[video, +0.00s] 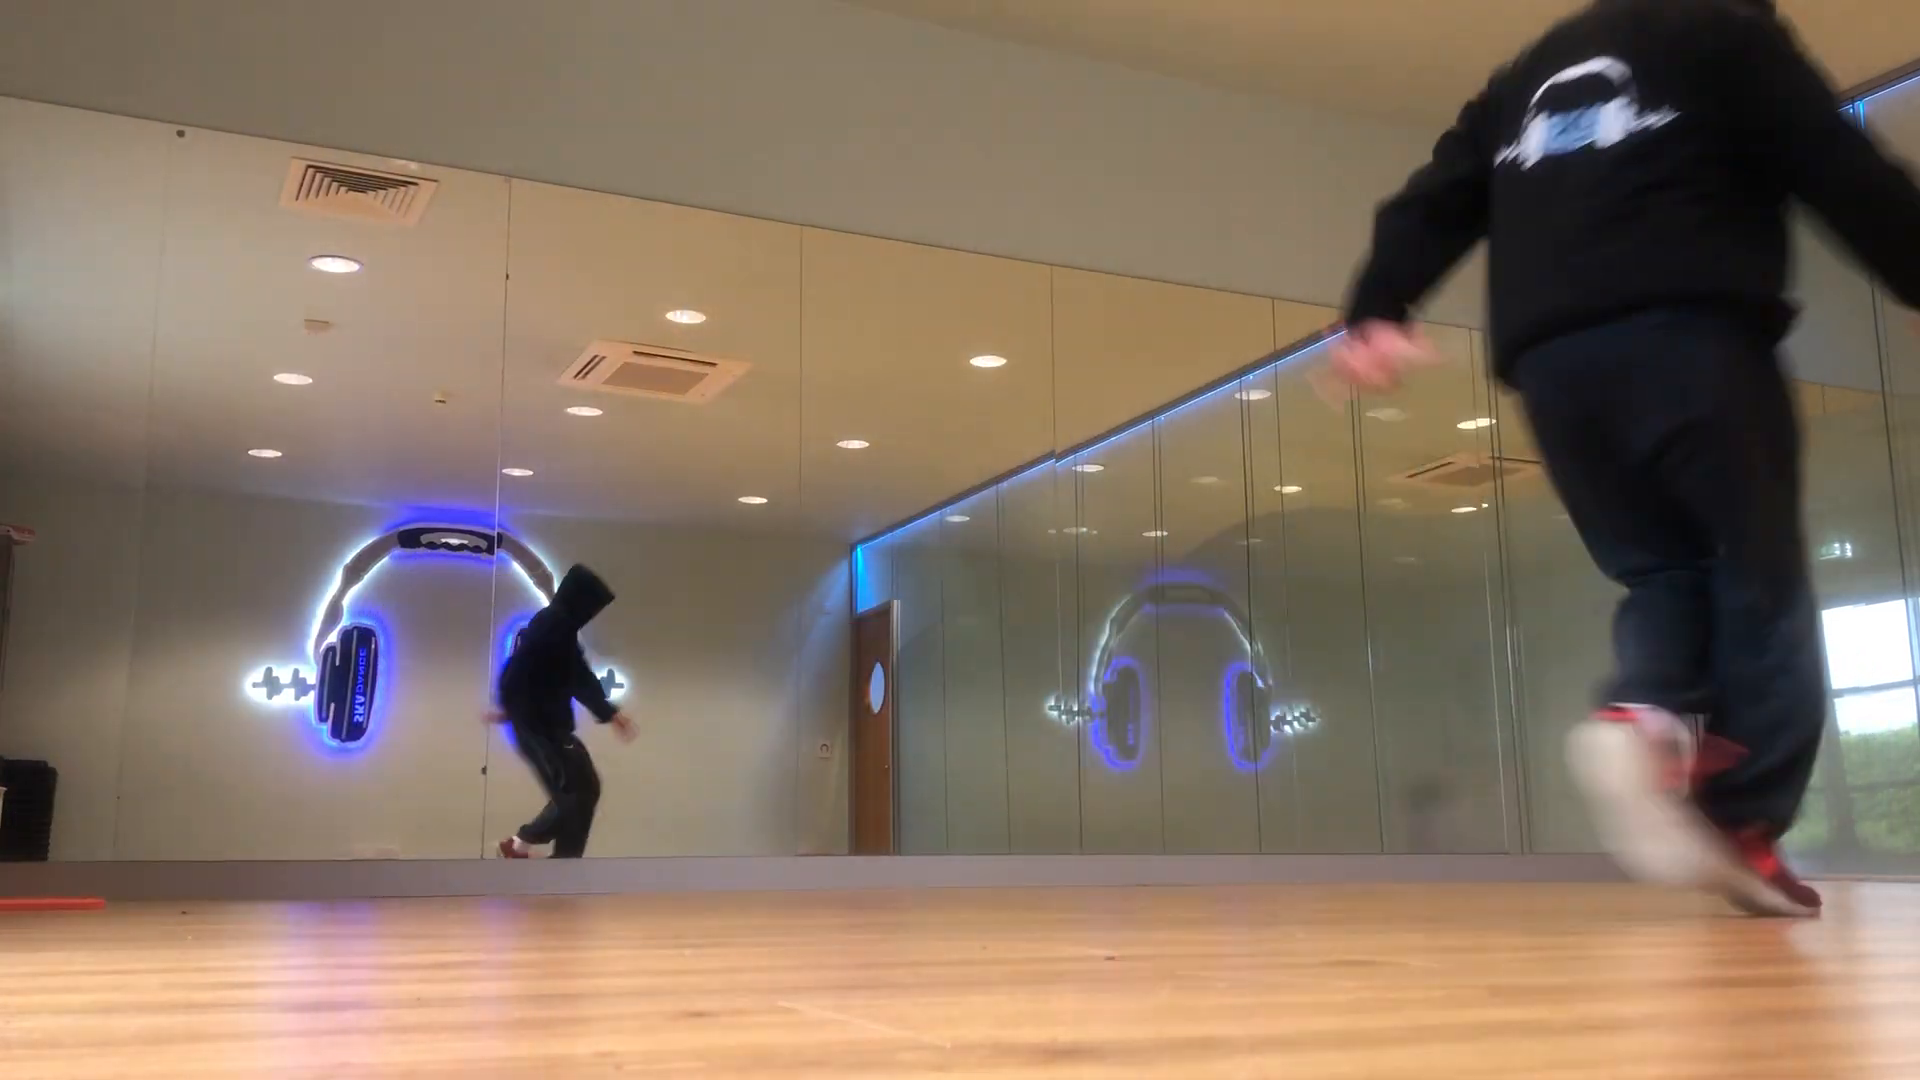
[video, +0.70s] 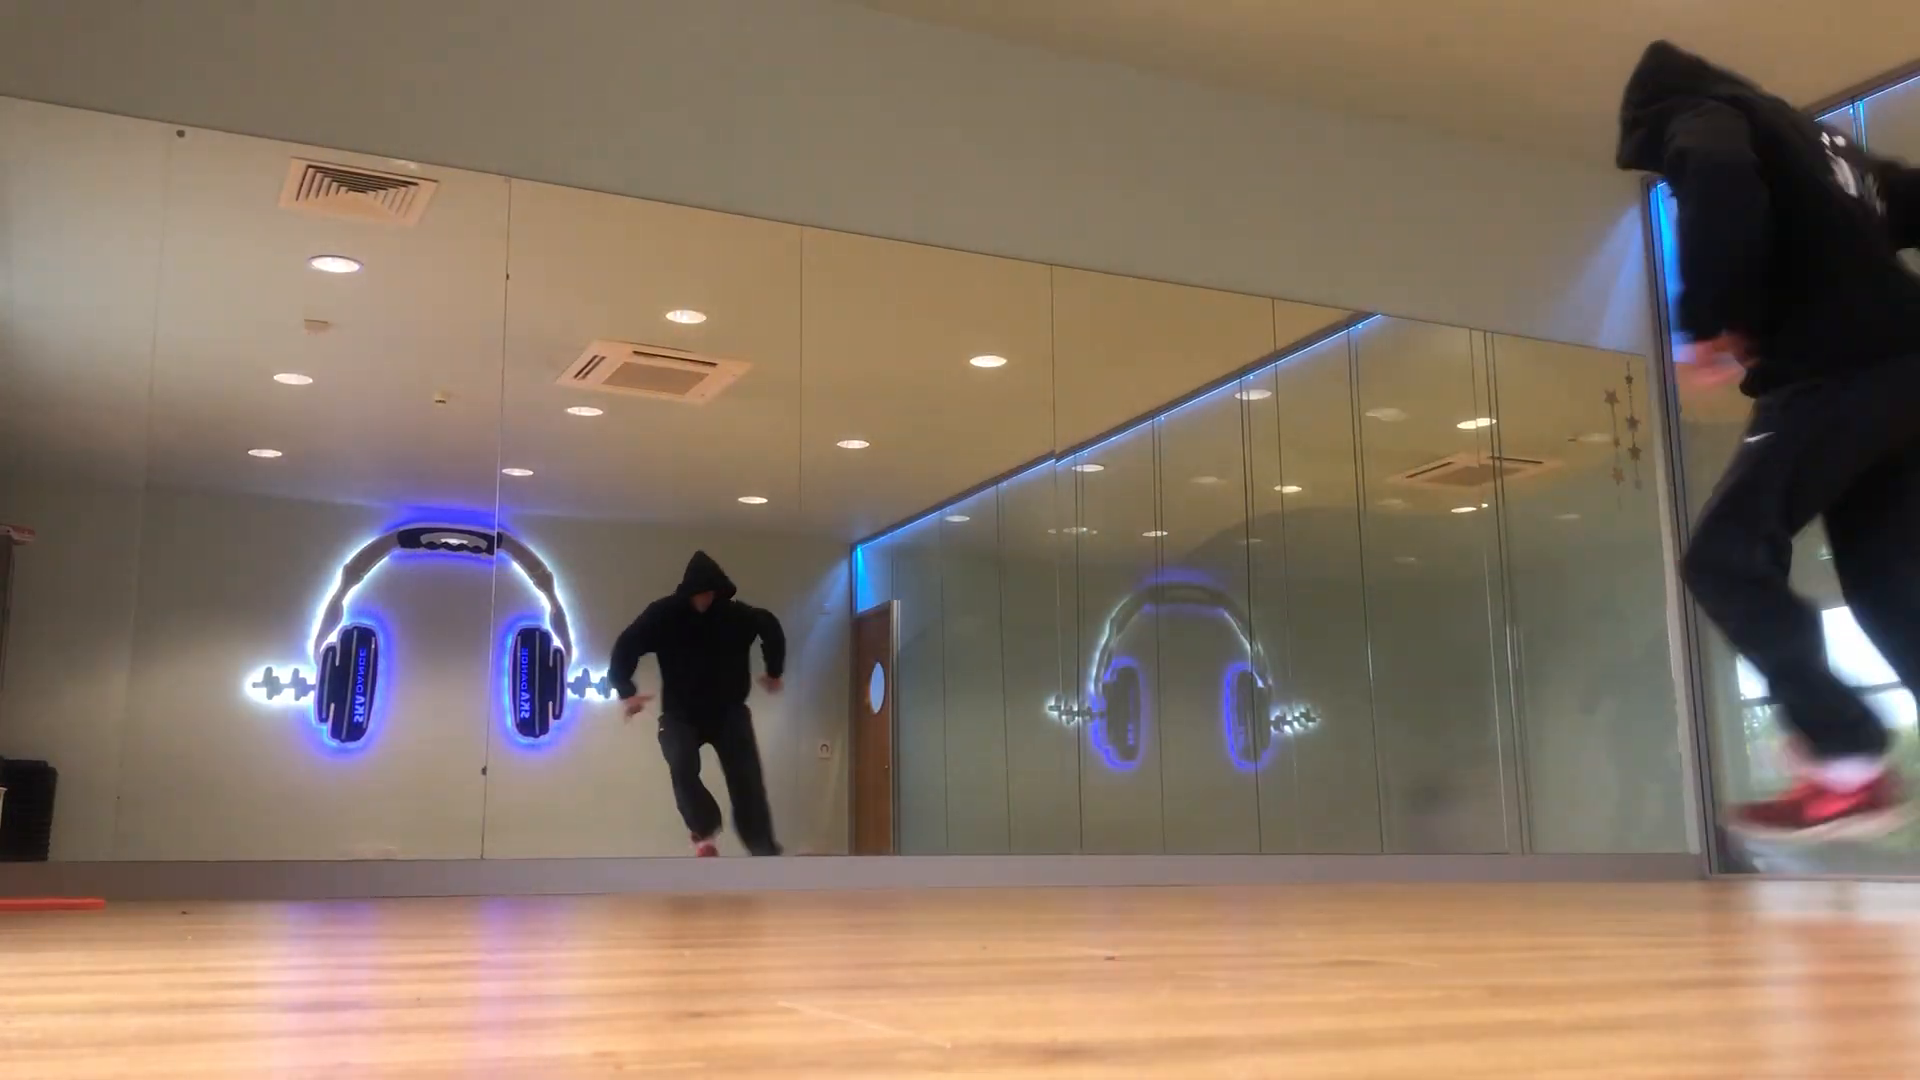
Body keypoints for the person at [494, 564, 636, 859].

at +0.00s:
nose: (593, 613)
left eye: (595, 607)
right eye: (592, 606)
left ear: (571, 597)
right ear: (580, 601)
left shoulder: (562, 628)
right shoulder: (548, 625)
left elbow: (579, 676)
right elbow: (517, 667)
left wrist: (609, 713)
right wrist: (508, 705)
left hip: (554, 724)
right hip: (534, 725)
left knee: (585, 788)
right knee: (576, 789)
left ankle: (565, 866)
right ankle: (521, 843)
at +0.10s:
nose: (611, 601)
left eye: (614, 595)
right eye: (609, 594)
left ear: (589, 586)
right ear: (595, 589)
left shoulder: (587, 618)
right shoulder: (560, 618)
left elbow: (578, 671)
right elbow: (561, 680)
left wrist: (600, 686)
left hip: (591, 713)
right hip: (561, 717)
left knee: (619, 779)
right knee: (569, 789)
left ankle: (604, 854)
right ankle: (529, 850)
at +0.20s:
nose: (630, 611)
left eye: (632, 605)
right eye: (630, 603)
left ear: (603, 592)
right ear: (619, 597)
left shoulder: (575, 623)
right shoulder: (606, 626)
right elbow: (611, 669)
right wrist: (629, 633)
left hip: (571, 722)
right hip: (605, 721)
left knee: (563, 797)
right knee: (647, 783)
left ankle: (540, 860)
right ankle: (664, 855)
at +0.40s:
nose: (688, 626)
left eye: (689, 620)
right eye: (686, 619)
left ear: (666, 617)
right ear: (676, 618)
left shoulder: (677, 653)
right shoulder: (641, 649)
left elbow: (692, 693)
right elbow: (626, 708)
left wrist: (718, 727)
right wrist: (629, 758)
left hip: (669, 745)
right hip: (632, 746)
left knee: (690, 814)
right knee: (622, 818)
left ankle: (695, 881)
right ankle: (558, 852)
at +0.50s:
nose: (705, 620)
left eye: (708, 615)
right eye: (702, 614)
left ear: (709, 616)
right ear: (688, 613)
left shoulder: (704, 644)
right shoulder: (662, 643)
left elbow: (733, 671)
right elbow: (630, 678)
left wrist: (744, 648)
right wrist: (603, 707)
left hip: (689, 736)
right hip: (652, 737)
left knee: (702, 802)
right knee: (676, 800)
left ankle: (694, 875)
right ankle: (618, 821)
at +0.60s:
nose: (706, 603)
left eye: (710, 597)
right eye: (701, 597)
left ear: (715, 596)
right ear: (688, 594)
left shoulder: (721, 622)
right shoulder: (658, 622)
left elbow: (749, 638)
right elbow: (618, 651)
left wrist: (775, 649)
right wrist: (618, 687)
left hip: (711, 717)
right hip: (669, 720)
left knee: (725, 786)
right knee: (692, 773)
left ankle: (712, 858)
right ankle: (669, 819)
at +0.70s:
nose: (703, 599)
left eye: (708, 593)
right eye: (697, 593)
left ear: (717, 591)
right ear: (687, 592)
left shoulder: (736, 616)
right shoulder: (663, 616)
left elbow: (769, 625)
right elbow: (625, 647)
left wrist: (773, 670)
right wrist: (626, 692)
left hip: (728, 711)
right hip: (681, 715)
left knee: (747, 780)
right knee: (683, 770)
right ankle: (702, 833)